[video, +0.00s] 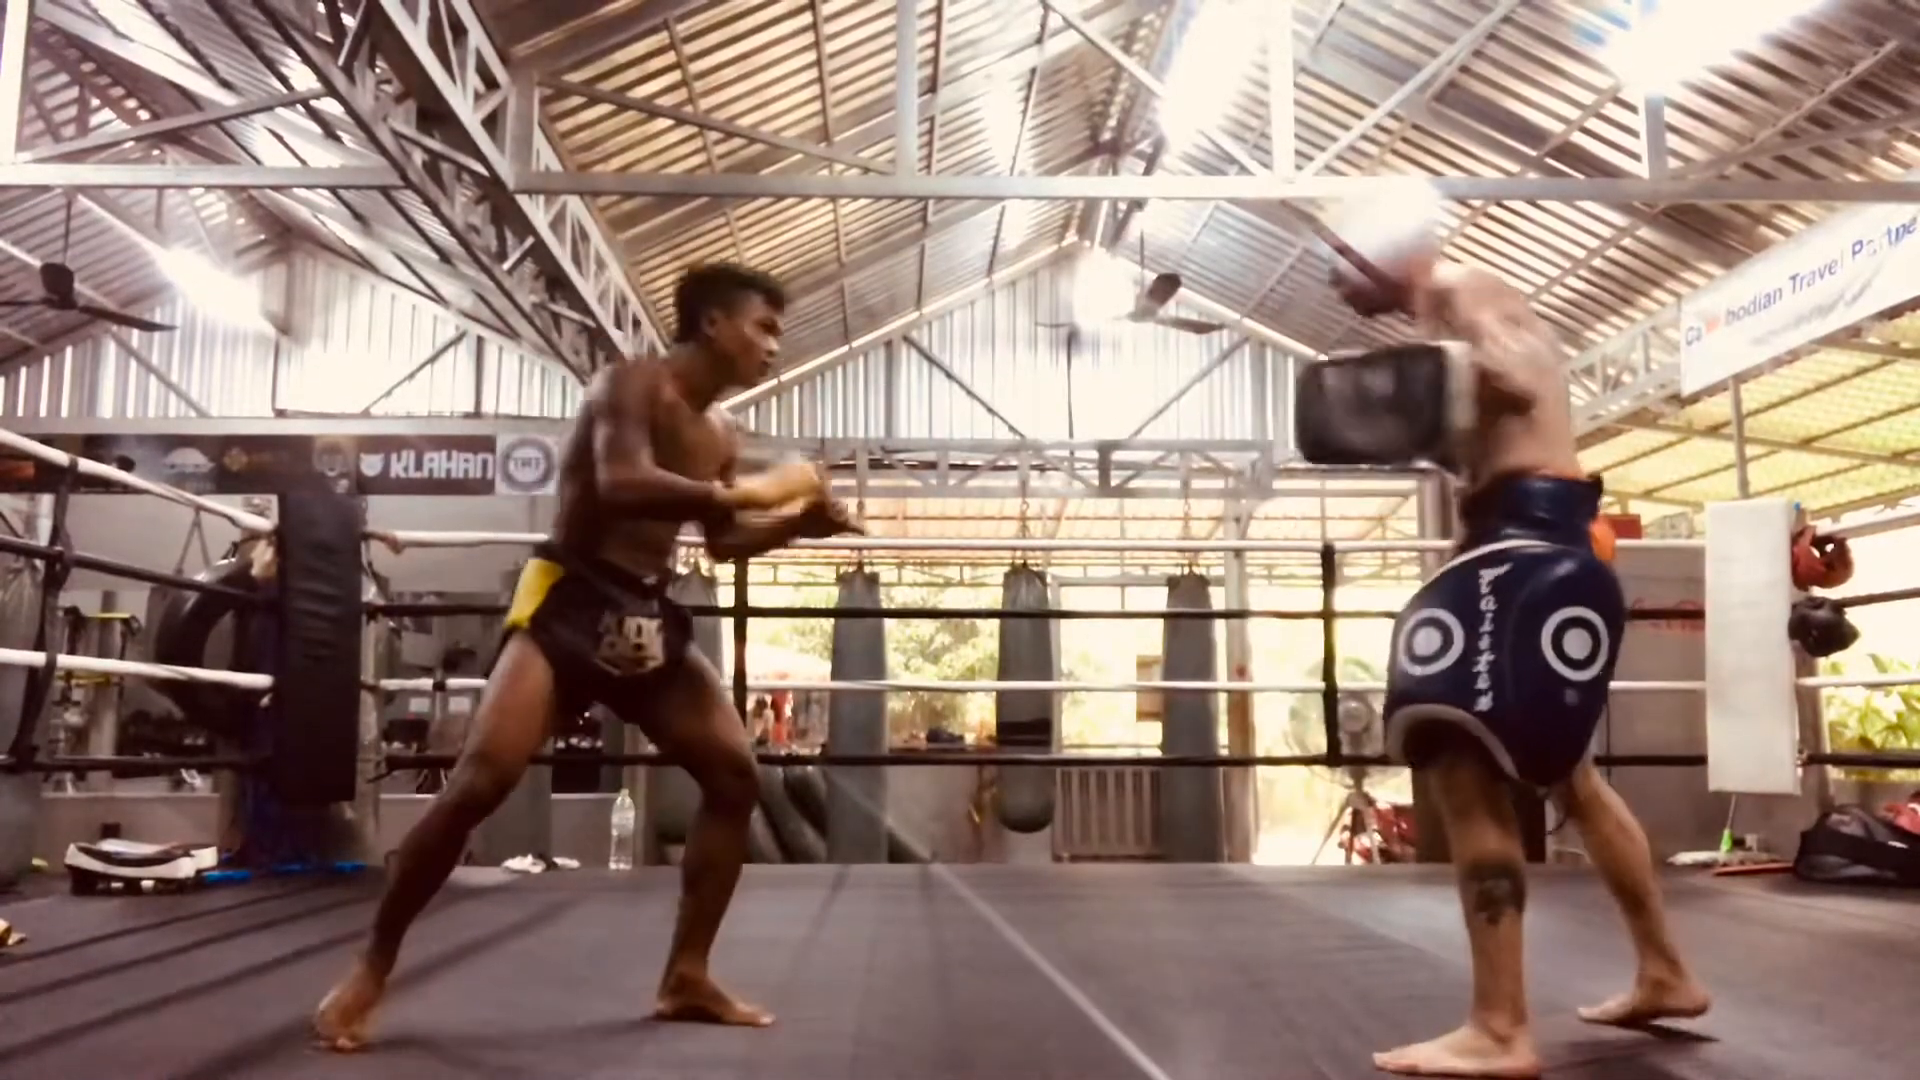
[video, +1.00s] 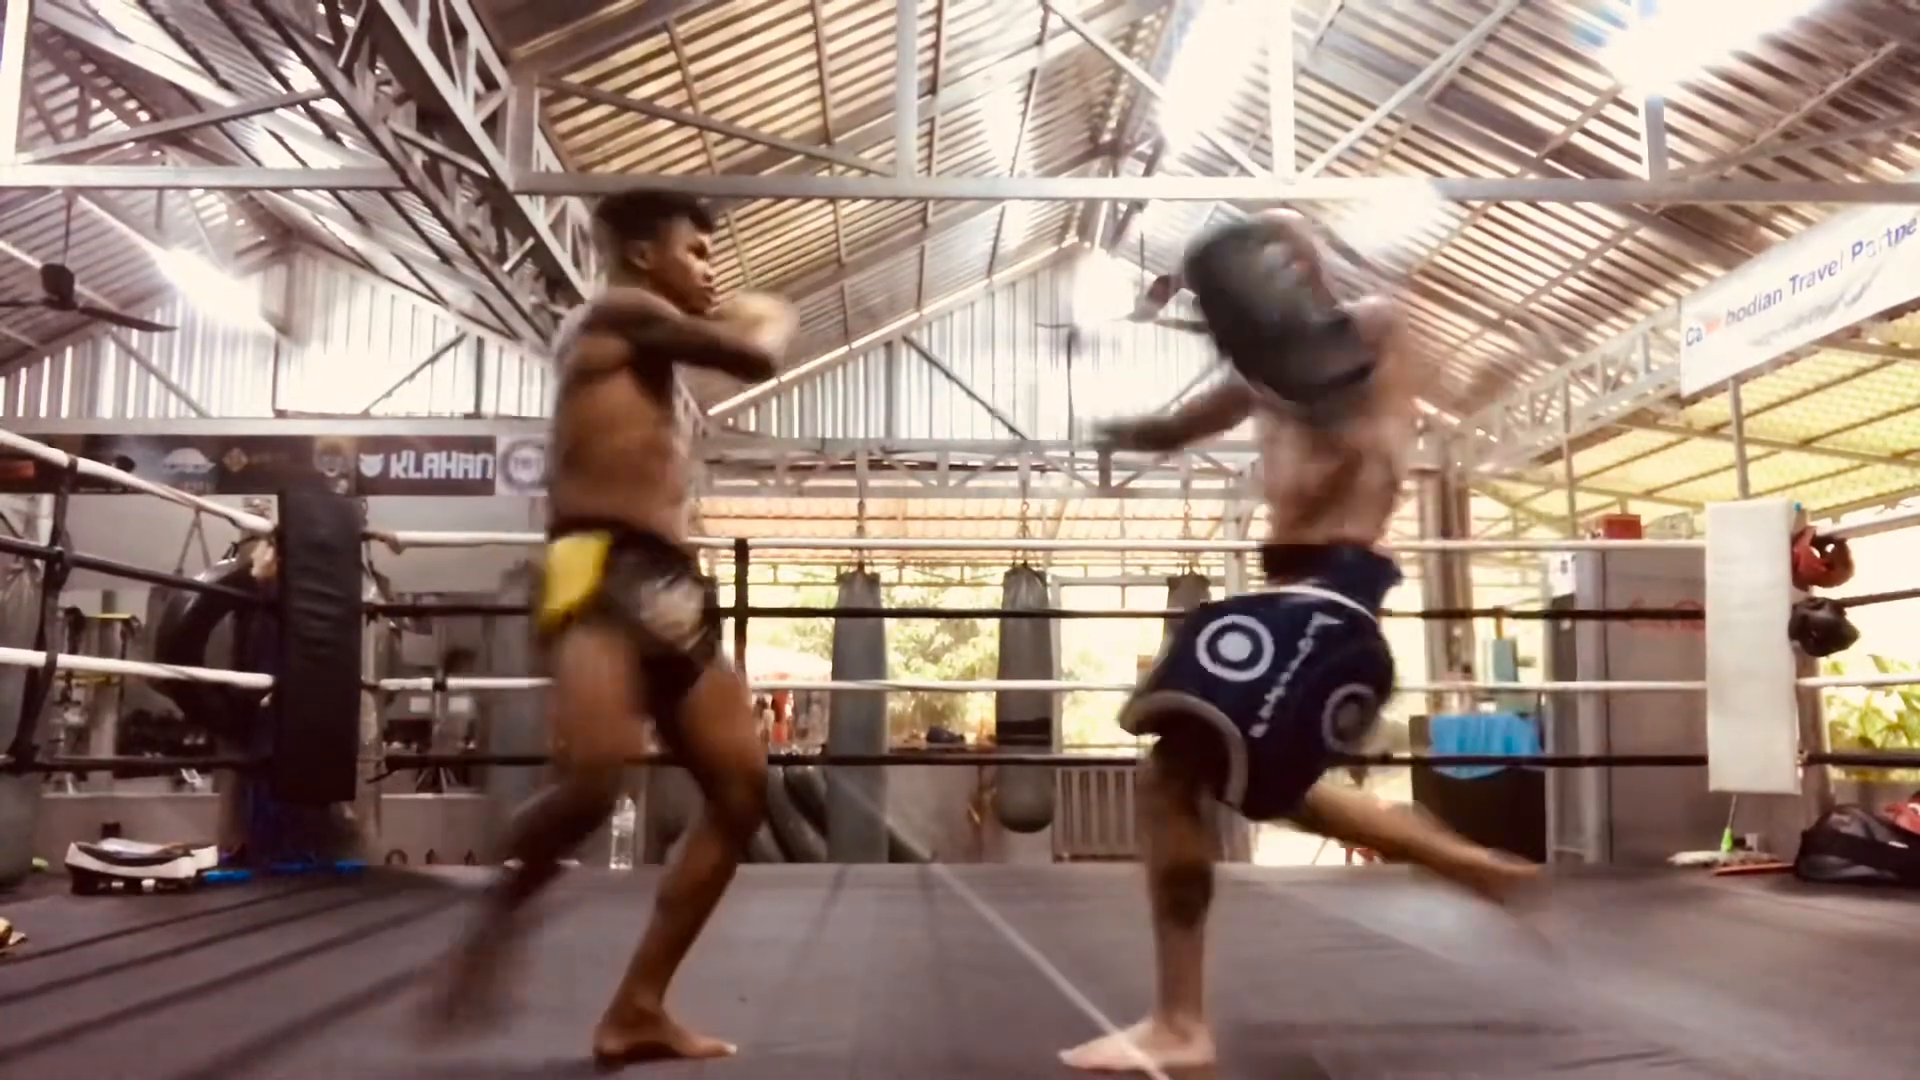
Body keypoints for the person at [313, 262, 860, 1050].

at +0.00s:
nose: (773, 347)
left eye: (776, 334)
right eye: (763, 328)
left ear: (730, 334)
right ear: (711, 322)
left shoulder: (721, 438)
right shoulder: (633, 381)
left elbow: (726, 539)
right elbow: (618, 482)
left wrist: (799, 520)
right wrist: (730, 495)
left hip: (648, 617)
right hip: (568, 597)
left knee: (735, 778)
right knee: (482, 780)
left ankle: (688, 975)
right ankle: (373, 969)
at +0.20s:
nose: (789, 344)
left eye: (793, 330)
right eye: (780, 324)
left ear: (743, 324)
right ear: (727, 314)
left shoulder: (740, 424)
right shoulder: (653, 374)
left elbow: (786, 502)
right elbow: (669, 463)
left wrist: (849, 464)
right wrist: (792, 465)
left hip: (652, 611)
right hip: (572, 589)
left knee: (729, 778)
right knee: (482, 774)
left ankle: (687, 974)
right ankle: (367, 974)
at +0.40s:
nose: (755, 315)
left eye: (758, 300)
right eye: (744, 295)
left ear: (704, 298)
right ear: (691, 289)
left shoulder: (680, 390)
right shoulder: (614, 351)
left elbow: (739, 483)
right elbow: (660, 426)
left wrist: (796, 414)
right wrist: (768, 391)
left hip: (617, 589)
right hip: (541, 573)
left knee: (690, 777)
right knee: (457, 785)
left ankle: (681, 978)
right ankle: (344, 999)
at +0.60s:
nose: (693, 294)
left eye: (695, 280)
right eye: (684, 274)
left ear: (649, 279)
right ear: (627, 265)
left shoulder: (618, 379)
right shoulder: (542, 331)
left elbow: (640, 499)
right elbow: (567, 417)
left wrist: (725, 467)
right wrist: (686, 388)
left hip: (571, 582)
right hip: (489, 568)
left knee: (648, 773)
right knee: (426, 792)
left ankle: (669, 980)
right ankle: (336, 1012)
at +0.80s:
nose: (683, 279)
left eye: (685, 262)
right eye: (671, 258)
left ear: (627, 262)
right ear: (613, 254)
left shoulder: (642, 373)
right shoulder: (533, 327)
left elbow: (684, 474)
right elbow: (564, 401)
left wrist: (743, 421)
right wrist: (718, 412)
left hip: (576, 581)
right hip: (487, 571)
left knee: (687, 754)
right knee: (420, 803)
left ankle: (650, 972)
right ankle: (337, 1011)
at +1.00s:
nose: (710, 264)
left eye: (709, 250)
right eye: (696, 247)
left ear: (652, 254)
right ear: (643, 250)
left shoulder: (649, 337)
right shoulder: (618, 310)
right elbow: (756, 355)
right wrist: (765, 313)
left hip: (662, 576)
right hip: (599, 564)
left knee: (740, 792)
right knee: (594, 780)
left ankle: (638, 1008)